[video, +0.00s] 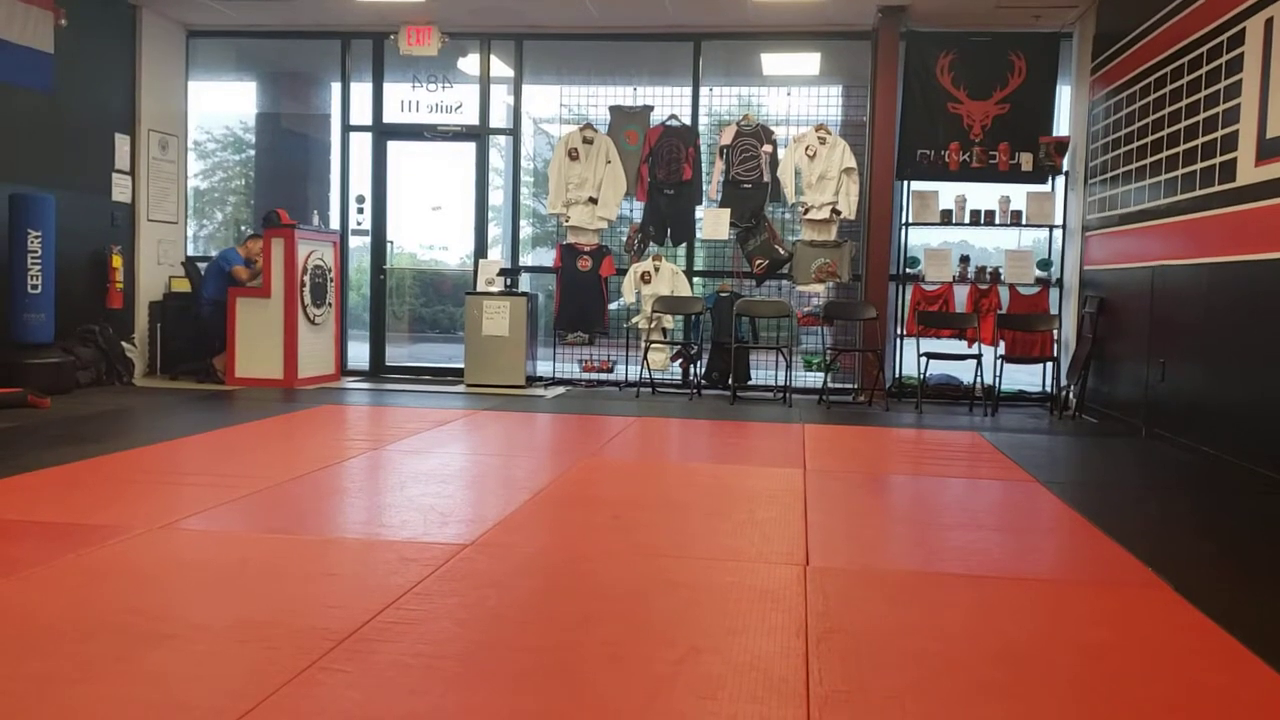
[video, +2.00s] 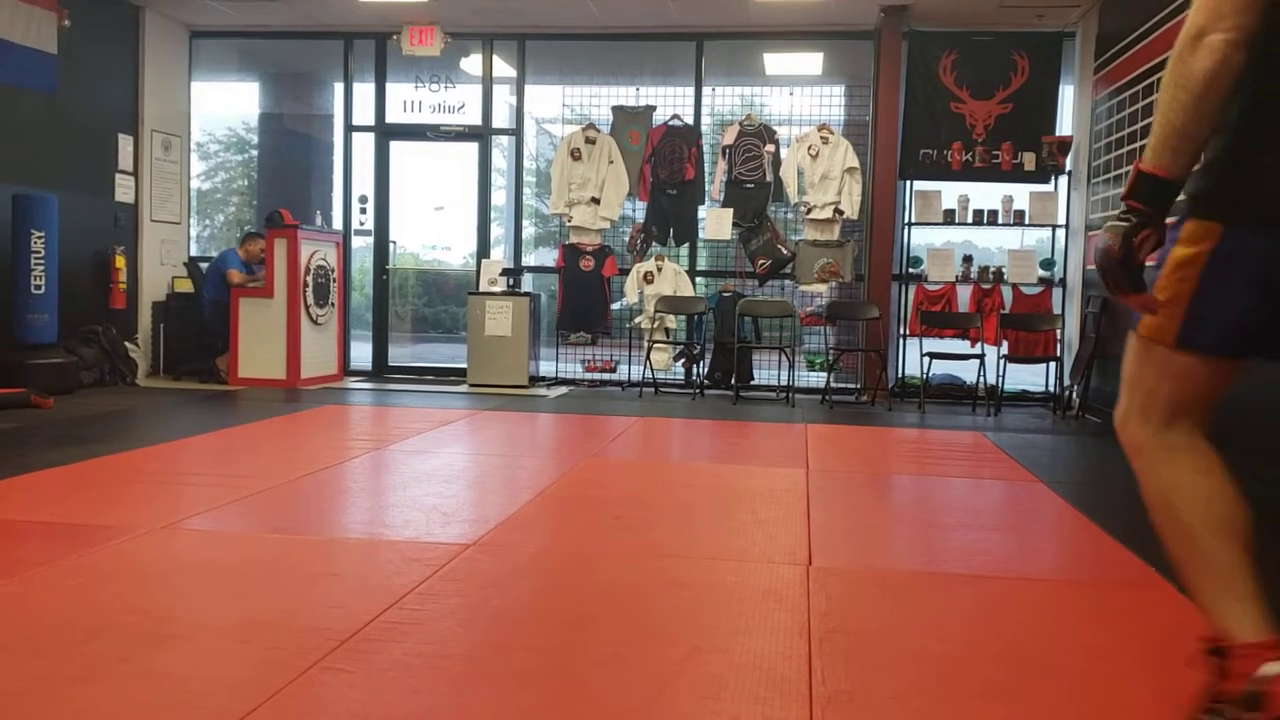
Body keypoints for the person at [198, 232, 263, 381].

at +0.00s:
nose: (260, 254)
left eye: (262, 251)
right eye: (260, 249)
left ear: (250, 245)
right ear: (249, 244)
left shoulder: (242, 259)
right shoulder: (230, 255)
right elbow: (243, 277)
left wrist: (262, 263)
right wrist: (258, 268)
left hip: (224, 305)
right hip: (211, 306)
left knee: (250, 328)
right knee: (246, 332)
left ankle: (221, 363)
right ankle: (219, 363)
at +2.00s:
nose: (262, 255)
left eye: (264, 252)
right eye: (261, 250)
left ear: (249, 246)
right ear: (248, 245)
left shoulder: (245, 264)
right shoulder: (230, 256)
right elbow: (234, 279)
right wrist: (257, 277)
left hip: (229, 306)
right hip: (214, 307)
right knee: (250, 333)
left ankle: (225, 363)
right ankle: (222, 362)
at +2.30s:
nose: (262, 256)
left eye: (263, 252)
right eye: (261, 251)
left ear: (248, 246)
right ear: (248, 246)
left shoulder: (245, 264)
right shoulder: (230, 256)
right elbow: (234, 280)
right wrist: (258, 278)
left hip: (229, 307)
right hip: (214, 308)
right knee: (250, 334)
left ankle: (225, 364)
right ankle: (222, 363)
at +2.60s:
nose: (262, 255)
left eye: (263, 251)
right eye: (260, 250)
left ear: (248, 246)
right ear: (247, 245)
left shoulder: (245, 263)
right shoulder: (229, 256)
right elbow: (234, 280)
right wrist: (257, 278)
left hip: (229, 308)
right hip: (214, 310)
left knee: (258, 328)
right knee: (253, 331)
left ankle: (226, 363)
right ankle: (223, 362)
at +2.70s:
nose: (262, 255)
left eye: (264, 252)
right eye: (260, 250)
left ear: (248, 246)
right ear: (247, 245)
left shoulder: (245, 264)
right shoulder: (229, 256)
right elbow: (234, 280)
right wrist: (257, 278)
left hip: (230, 309)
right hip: (214, 310)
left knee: (259, 328)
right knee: (253, 331)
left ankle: (227, 363)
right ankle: (223, 362)